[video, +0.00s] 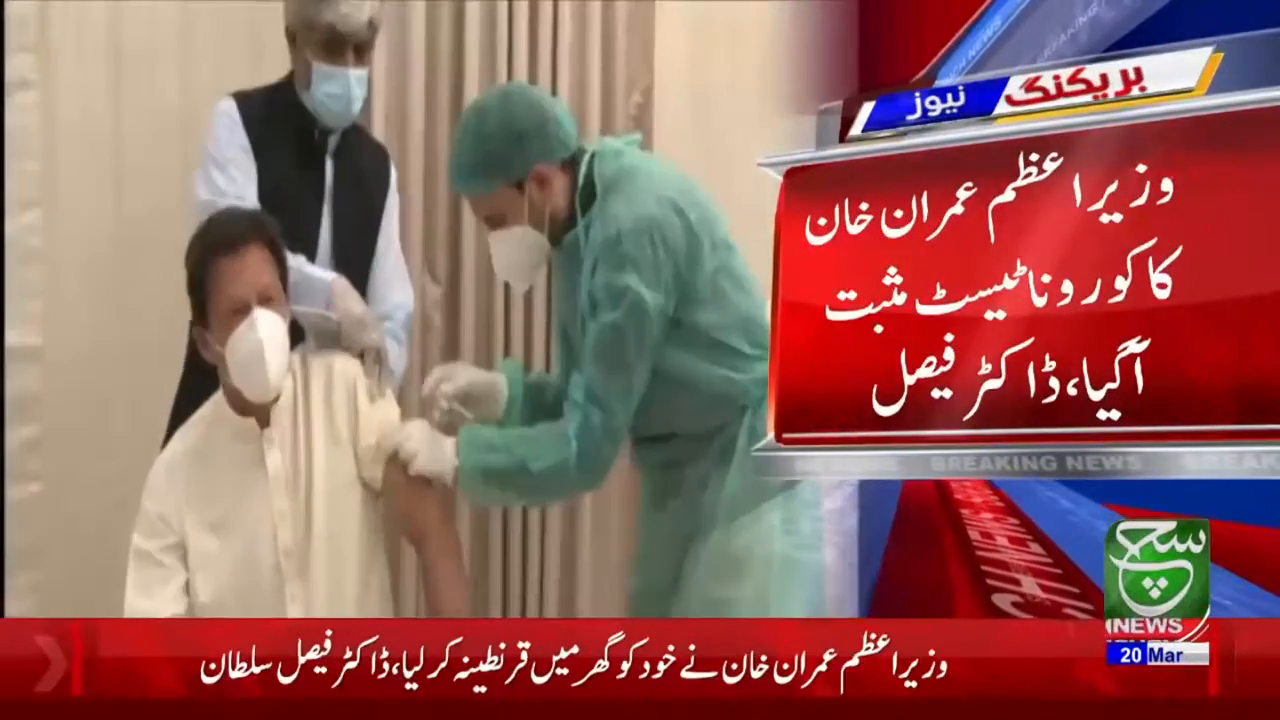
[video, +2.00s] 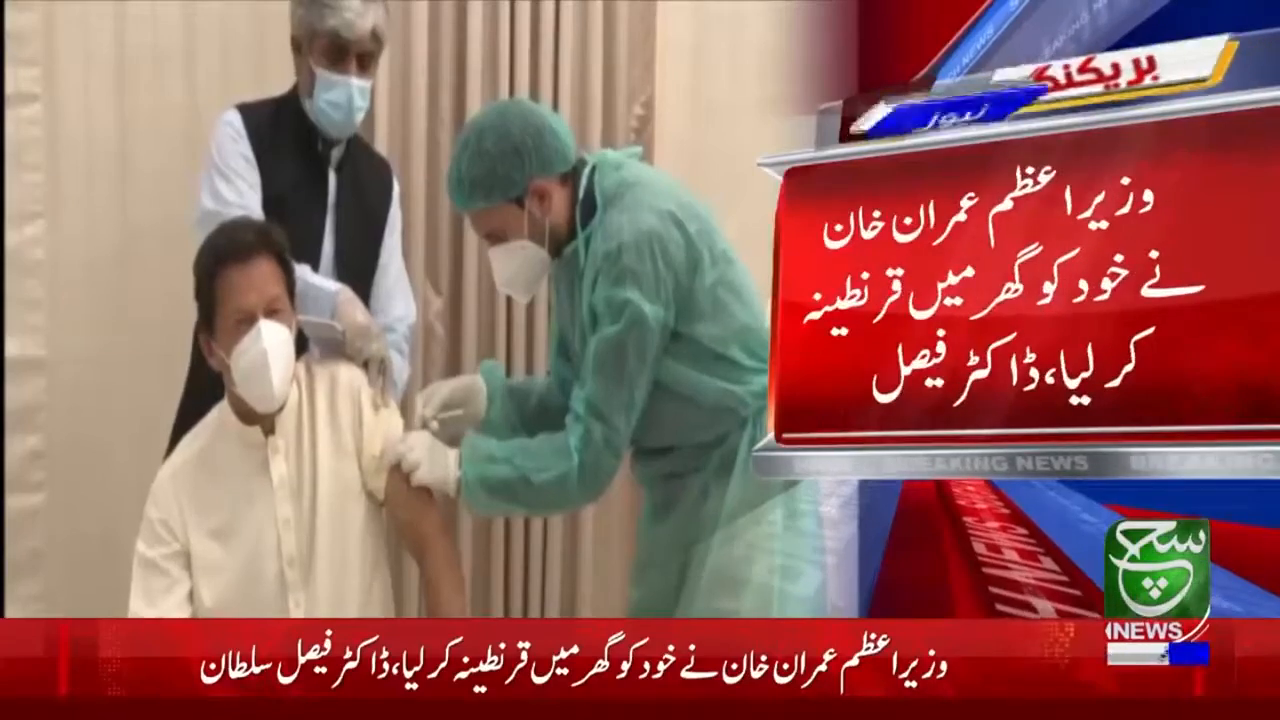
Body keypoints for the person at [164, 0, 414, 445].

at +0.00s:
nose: (347, 74)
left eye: (359, 57)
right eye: (330, 55)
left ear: (372, 54)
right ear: (293, 46)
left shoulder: (376, 163)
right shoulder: (240, 120)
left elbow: (391, 293)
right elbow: (228, 244)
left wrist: (374, 374)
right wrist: (330, 291)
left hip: (332, 388)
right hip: (236, 374)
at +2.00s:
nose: (351, 80)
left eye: (364, 63)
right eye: (335, 60)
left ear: (378, 65)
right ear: (299, 53)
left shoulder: (378, 176)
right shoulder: (244, 131)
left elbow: (395, 309)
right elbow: (234, 255)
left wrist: (378, 394)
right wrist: (335, 302)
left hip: (335, 402)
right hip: (239, 387)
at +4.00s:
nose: (351, 93)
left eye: (366, 77)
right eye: (336, 72)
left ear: (380, 81)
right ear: (301, 64)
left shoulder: (379, 192)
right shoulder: (246, 147)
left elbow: (396, 327)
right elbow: (235, 271)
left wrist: (379, 423)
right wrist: (338, 320)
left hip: (335, 420)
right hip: (242, 399)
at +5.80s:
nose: (359, 113)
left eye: (375, 96)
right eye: (344, 90)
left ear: (388, 94)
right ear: (309, 76)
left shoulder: (383, 204)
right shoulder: (250, 158)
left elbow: (398, 340)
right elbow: (236, 283)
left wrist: (381, 429)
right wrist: (342, 333)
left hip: (341, 431)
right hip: (245, 416)